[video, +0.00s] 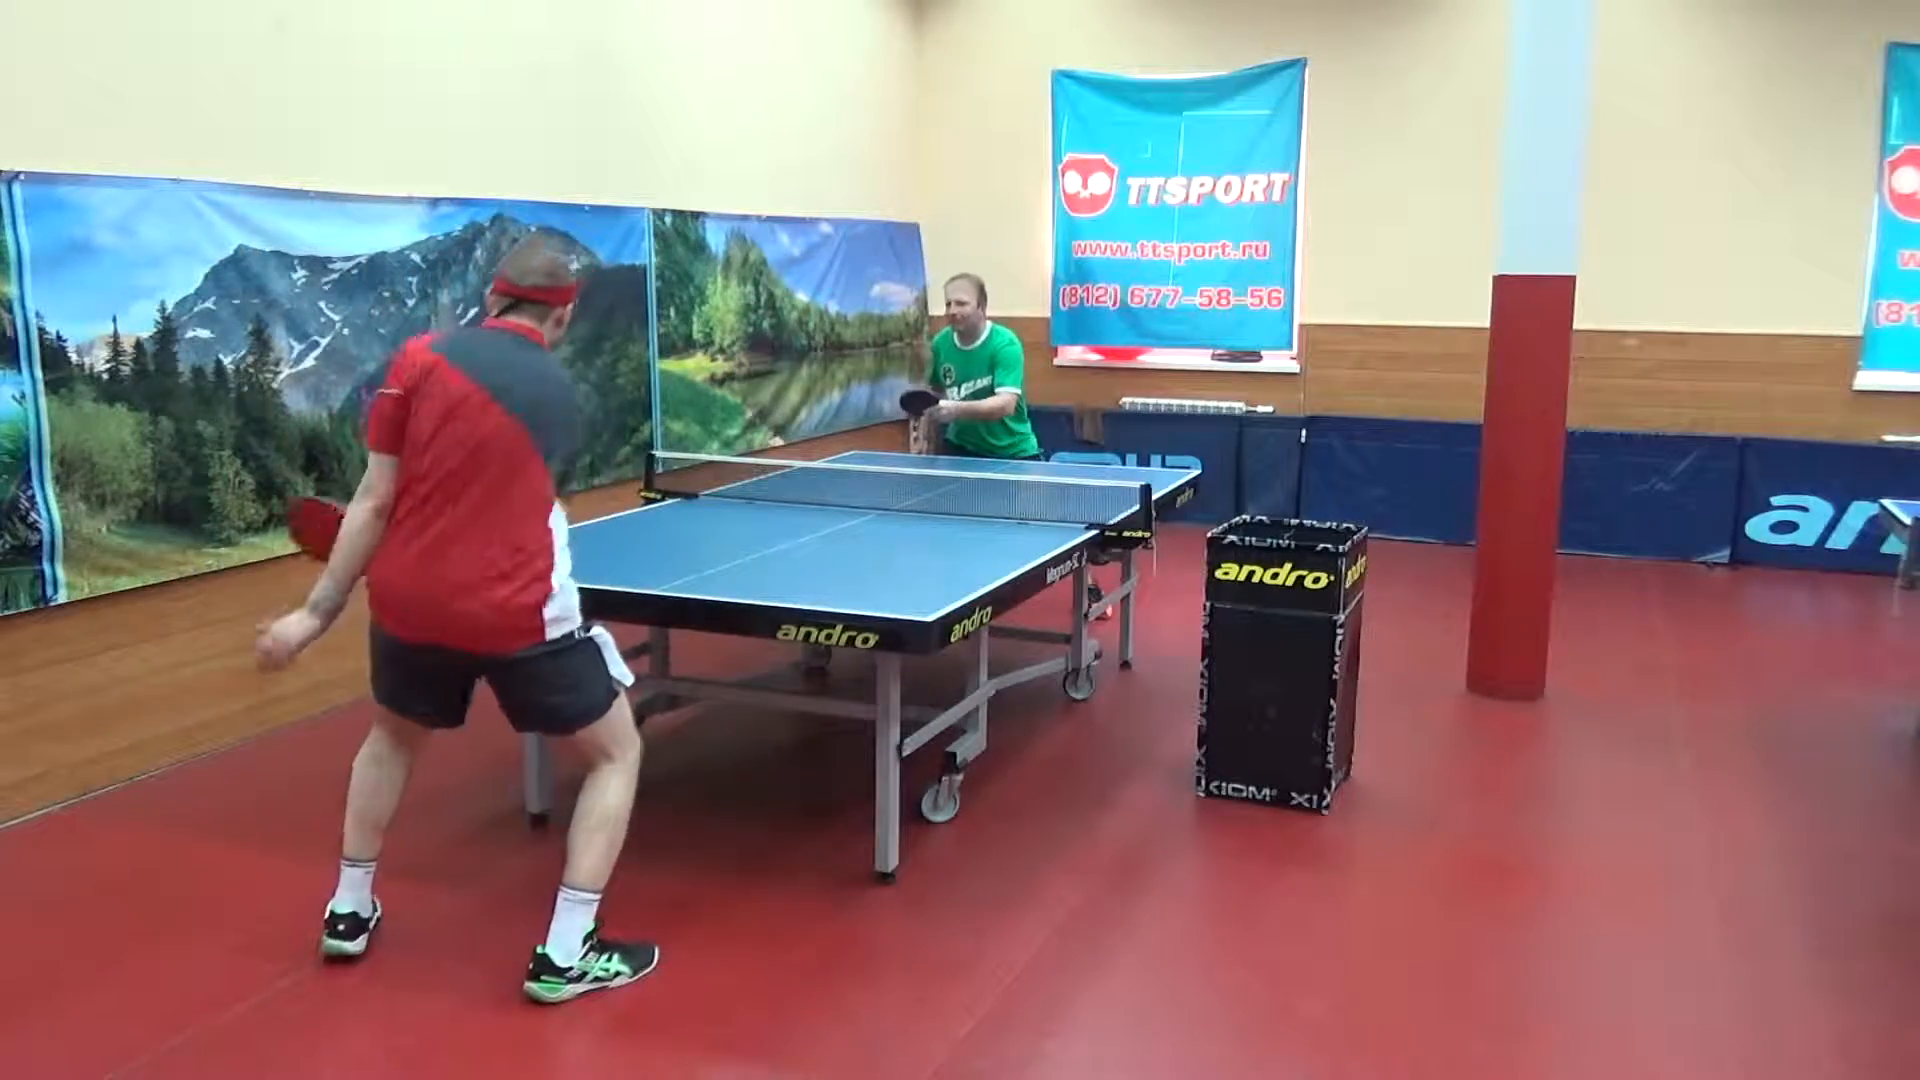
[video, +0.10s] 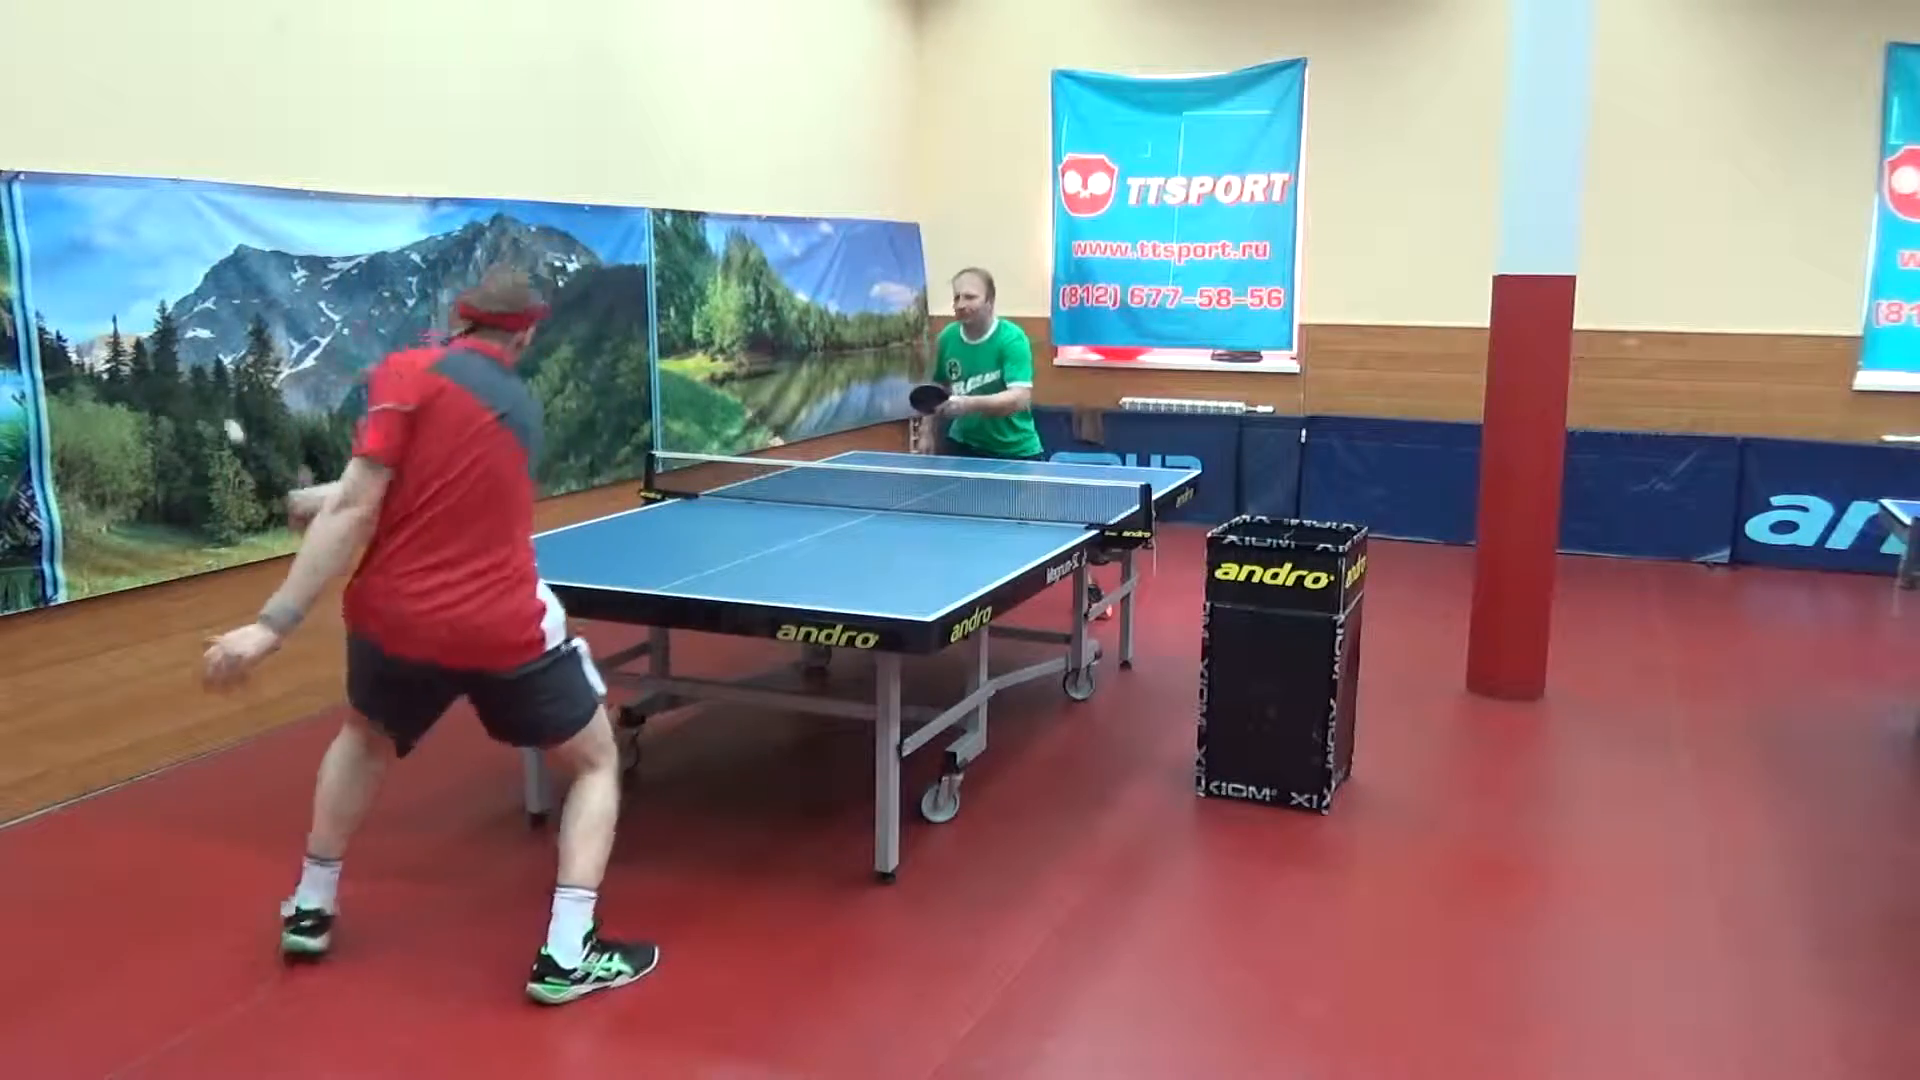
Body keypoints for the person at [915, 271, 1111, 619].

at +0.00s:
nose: (952, 311)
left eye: (961, 304)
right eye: (948, 304)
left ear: (982, 307)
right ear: (945, 307)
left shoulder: (1005, 344)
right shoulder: (940, 345)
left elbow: (1005, 405)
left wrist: (954, 409)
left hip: (1015, 454)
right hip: (963, 454)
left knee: (1050, 518)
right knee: (956, 525)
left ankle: (1088, 587)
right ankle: (962, 600)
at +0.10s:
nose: (960, 305)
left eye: (969, 298)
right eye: (956, 298)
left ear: (990, 301)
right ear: (953, 301)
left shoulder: (1011, 338)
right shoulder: (947, 339)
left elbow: (1020, 398)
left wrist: (966, 404)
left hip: (1017, 452)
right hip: (965, 451)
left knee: (1051, 516)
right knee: (954, 522)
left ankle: (1088, 588)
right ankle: (959, 597)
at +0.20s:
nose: (970, 300)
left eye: (979, 293)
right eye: (965, 293)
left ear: (998, 297)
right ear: (960, 297)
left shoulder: (1021, 337)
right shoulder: (950, 336)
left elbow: (1036, 395)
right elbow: (940, 392)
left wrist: (987, 403)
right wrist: (929, 430)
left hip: (1019, 450)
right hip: (966, 449)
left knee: (1048, 516)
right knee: (955, 520)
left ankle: (1087, 587)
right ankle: (958, 595)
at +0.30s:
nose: (974, 298)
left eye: (983, 291)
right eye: (970, 291)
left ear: (1004, 295)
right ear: (965, 294)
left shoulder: (1028, 336)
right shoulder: (953, 334)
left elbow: (1051, 394)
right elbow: (938, 383)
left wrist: (1008, 409)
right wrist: (934, 424)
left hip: (1021, 448)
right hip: (967, 447)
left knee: (1049, 516)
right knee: (958, 521)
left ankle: (1087, 587)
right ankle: (958, 596)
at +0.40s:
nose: (977, 296)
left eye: (986, 289)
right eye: (974, 289)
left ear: (1009, 293)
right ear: (970, 291)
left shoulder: (1034, 334)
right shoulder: (958, 333)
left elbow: (1057, 392)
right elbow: (941, 381)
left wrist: (1021, 414)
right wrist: (938, 420)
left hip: (1025, 449)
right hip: (972, 449)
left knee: (1051, 518)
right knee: (965, 523)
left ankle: (1087, 587)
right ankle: (964, 597)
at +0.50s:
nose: (978, 296)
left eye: (987, 290)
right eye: (976, 289)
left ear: (1012, 292)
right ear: (974, 289)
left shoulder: (1041, 332)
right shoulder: (964, 330)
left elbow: (1062, 387)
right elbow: (948, 382)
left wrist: (1029, 415)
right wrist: (944, 420)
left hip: (1029, 449)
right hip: (976, 449)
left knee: (1051, 519)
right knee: (969, 523)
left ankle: (1087, 587)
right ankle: (964, 599)